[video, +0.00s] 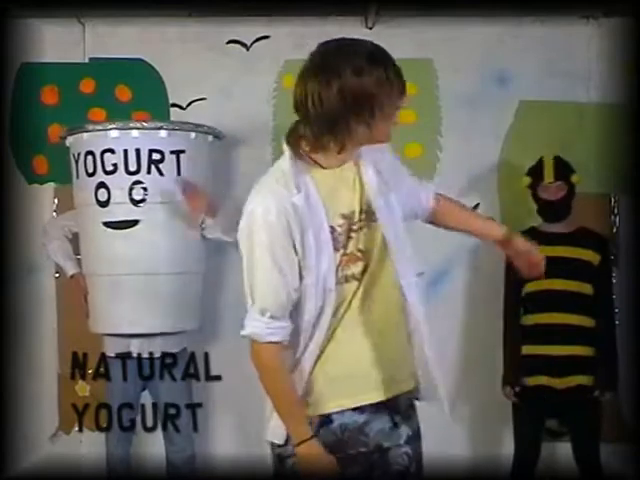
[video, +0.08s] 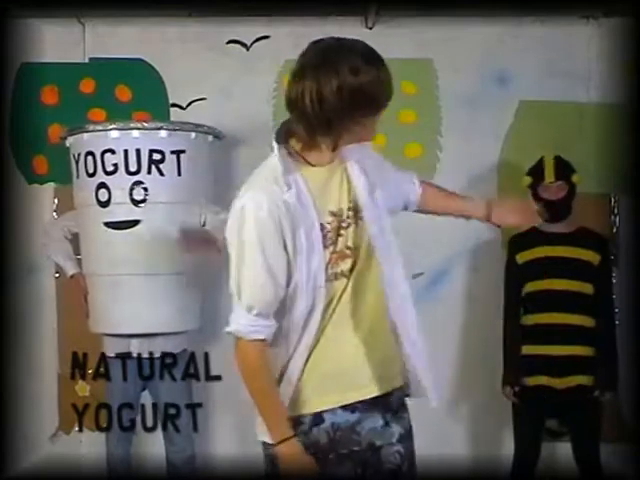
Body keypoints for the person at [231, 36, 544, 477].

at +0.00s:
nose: (399, 117)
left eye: (398, 106)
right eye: (393, 107)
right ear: (359, 109)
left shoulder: (378, 163)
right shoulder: (274, 202)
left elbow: (431, 205)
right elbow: (266, 342)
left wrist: (507, 238)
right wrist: (303, 441)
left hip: (395, 406)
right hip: (321, 423)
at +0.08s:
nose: (379, 122)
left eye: (379, 111)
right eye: (373, 113)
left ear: (319, 106)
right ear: (343, 113)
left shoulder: (362, 164)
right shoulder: (263, 201)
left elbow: (413, 193)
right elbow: (249, 341)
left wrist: (488, 209)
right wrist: (282, 440)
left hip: (386, 407)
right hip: (312, 422)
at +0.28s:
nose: (350, 113)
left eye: (349, 104)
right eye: (346, 106)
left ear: (288, 101)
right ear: (325, 108)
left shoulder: (339, 162)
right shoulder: (240, 199)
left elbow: (382, 180)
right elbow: (223, 336)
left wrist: (427, 189)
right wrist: (243, 441)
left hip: (372, 407)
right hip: (294, 420)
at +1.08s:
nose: (321, 95)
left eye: (319, 85)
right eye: (307, 87)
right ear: (268, 100)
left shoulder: (327, 158)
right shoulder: (223, 200)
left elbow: (379, 205)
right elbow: (208, 329)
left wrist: (430, 231)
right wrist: (240, 431)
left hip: (364, 403)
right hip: (283, 418)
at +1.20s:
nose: (293, 91)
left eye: (299, 77)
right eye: (272, 83)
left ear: (312, 86)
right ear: (246, 101)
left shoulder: (346, 165)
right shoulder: (223, 203)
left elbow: (377, 257)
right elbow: (220, 326)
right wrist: (235, 434)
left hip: (363, 406)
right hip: (280, 419)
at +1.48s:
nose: (294, 89)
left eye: (305, 74)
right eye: (277, 80)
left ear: (328, 86)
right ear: (262, 99)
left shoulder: (383, 170)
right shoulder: (239, 198)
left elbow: (418, 280)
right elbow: (237, 319)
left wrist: (451, 378)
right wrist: (242, 424)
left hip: (375, 418)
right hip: (284, 425)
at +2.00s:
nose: (342, 83)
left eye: (360, 68)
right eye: (329, 70)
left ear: (389, 80)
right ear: (317, 85)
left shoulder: (443, 170)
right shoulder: (295, 189)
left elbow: (464, 299)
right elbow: (296, 315)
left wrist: (471, 418)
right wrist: (302, 428)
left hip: (426, 433)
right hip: (336, 433)